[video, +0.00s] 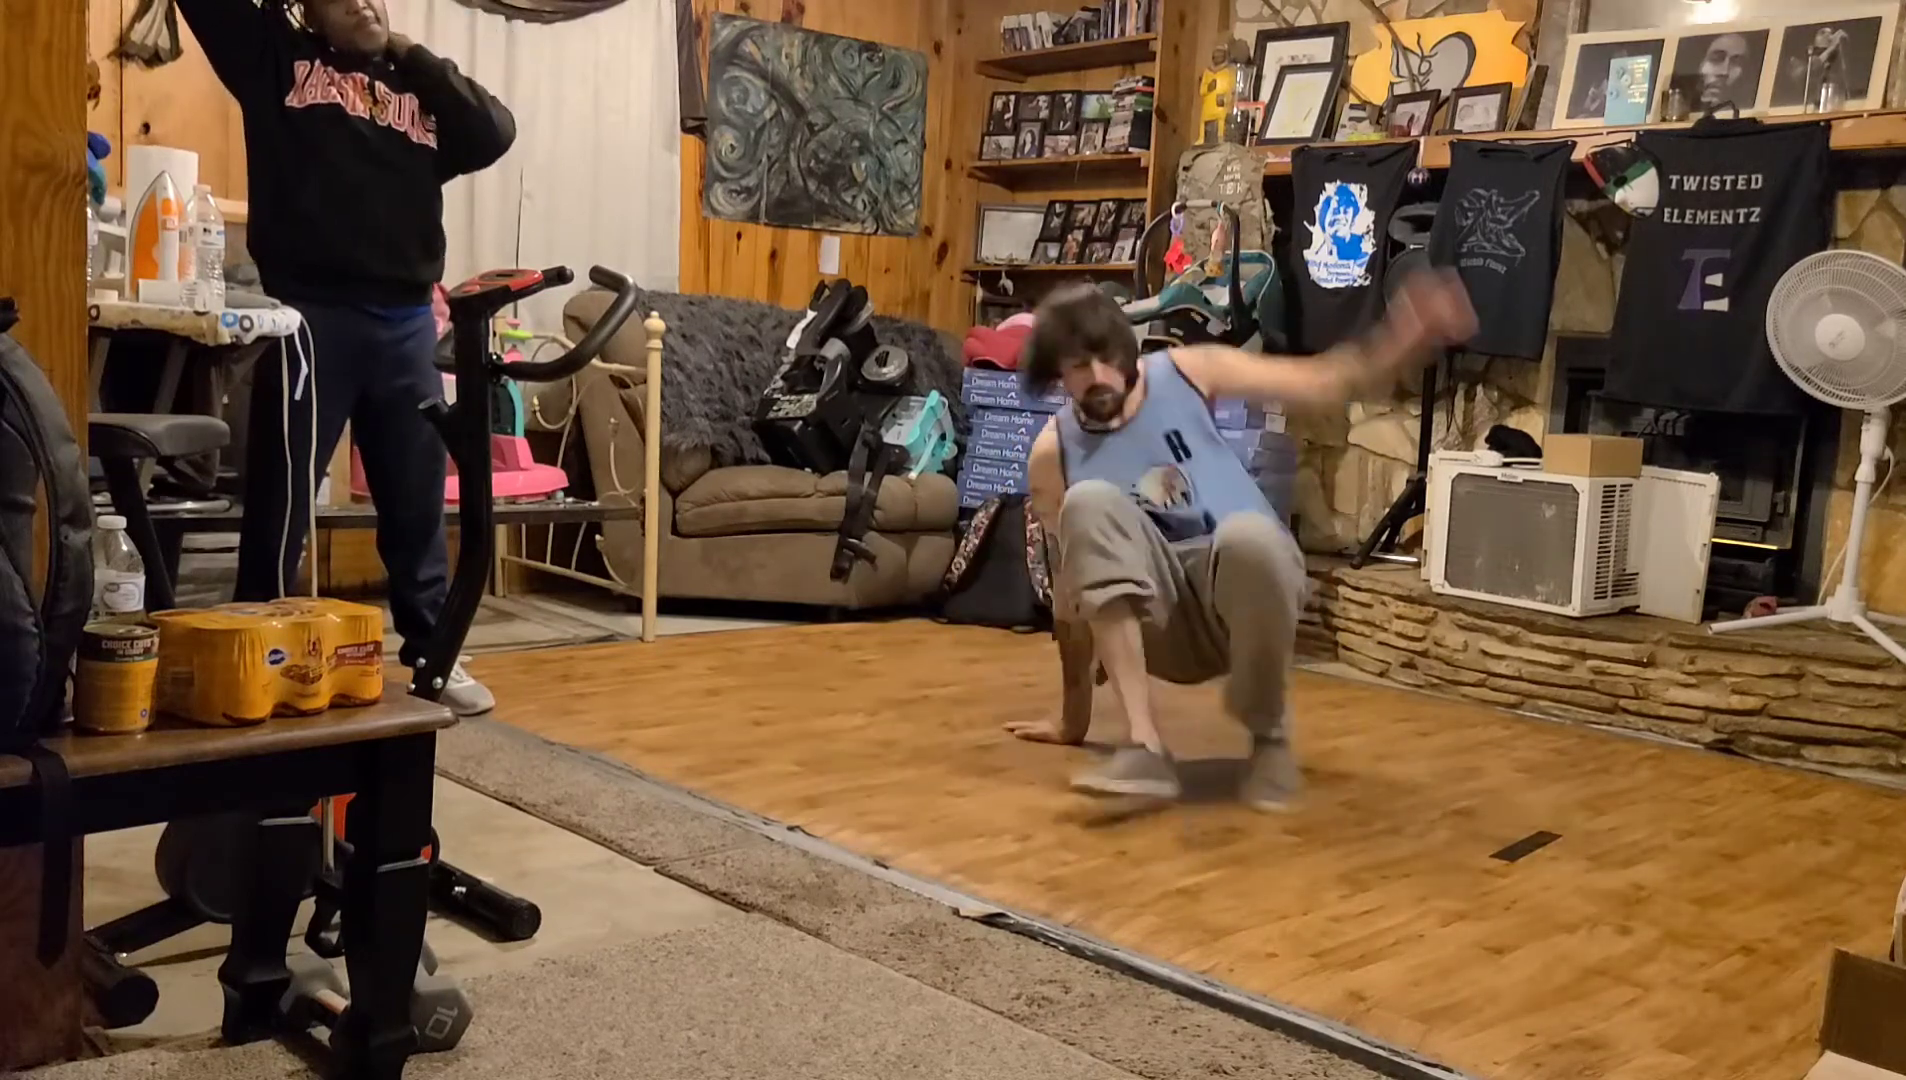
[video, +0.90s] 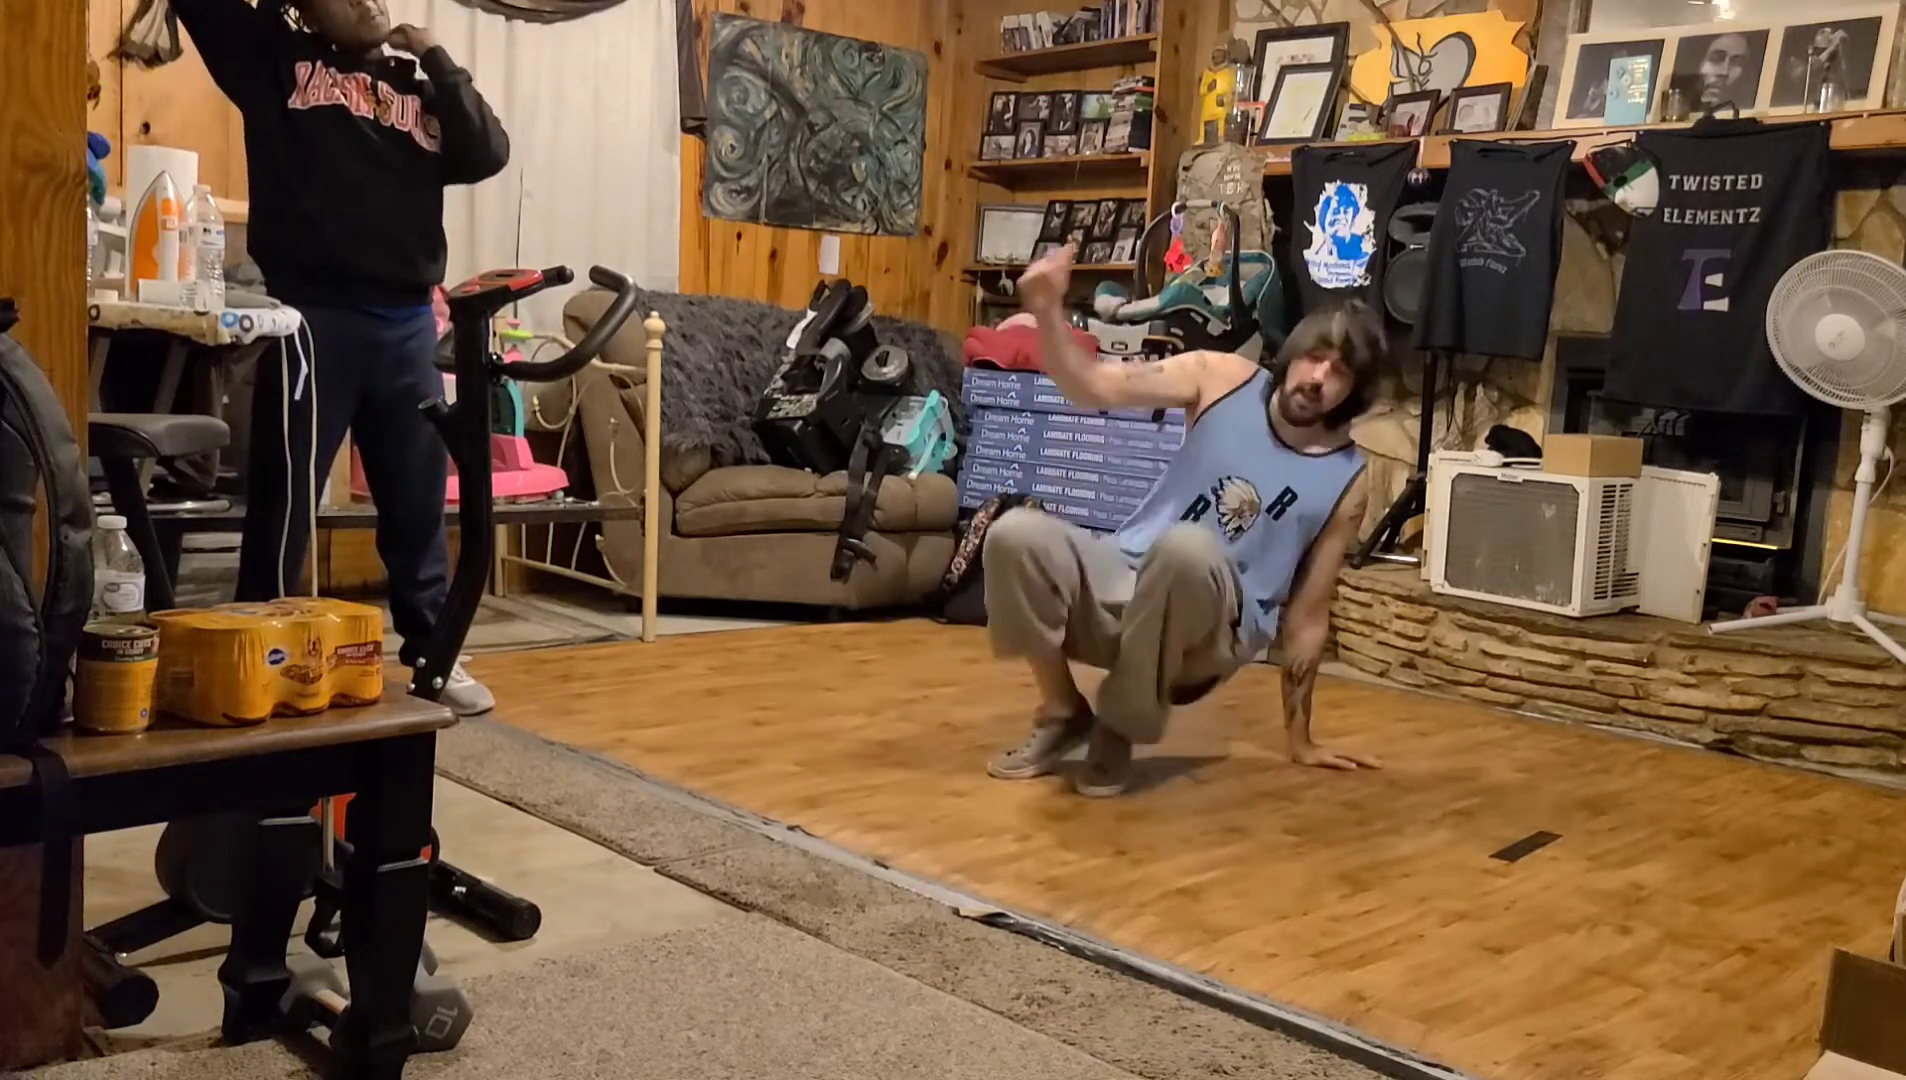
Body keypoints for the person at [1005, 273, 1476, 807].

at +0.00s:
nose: (1097, 377)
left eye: (1106, 356)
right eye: (1077, 366)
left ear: (1127, 348)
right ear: (1056, 373)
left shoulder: (1190, 370)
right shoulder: (1051, 454)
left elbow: (1322, 379)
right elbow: (1071, 599)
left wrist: (1399, 341)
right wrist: (1072, 727)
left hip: (1240, 597)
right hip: (1151, 623)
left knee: (1251, 538)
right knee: (1090, 503)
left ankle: (1271, 741)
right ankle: (1146, 747)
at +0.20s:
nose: (1083, 379)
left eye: (1094, 360)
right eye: (1063, 365)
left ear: (1114, 348)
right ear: (1039, 370)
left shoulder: (1171, 362)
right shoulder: (1036, 458)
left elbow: (1303, 346)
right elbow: (1063, 591)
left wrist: (1414, 285)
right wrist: (1075, 723)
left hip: (1229, 598)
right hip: (1144, 621)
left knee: (1251, 504)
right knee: (1098, 500)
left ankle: (1266, 753)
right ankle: (1128, 727)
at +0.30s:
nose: (1098, 384)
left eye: (1111, 365)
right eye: (1081, 367)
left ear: (1135, 362)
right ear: (1059, 371)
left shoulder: (1194, 396)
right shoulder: (1047, 456)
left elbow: (1310, 474)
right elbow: (1063, 586)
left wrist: (1422, 539)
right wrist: (1072, 721)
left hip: (1207, 614)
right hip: (1120, 617)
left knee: (1228, 566)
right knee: (1089, 560)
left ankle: (1185, 733)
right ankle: (1109, 723)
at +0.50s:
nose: (1288, 389)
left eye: (1309, 382)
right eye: (1282, 367)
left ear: (1325, 398)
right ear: (1258, 356)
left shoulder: (1316, 476)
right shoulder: (1186, 381)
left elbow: (1297, 613)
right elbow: (1075, 461)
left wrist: (1304, 743)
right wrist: (968, 545)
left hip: (1177, 619)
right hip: (1090, 578)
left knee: (1195, 516)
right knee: (1047, 504)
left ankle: (1128, 735)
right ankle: (1025, 714)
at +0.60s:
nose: (1314, 392)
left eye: (1336, 385)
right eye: (1311, 371)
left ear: (1359, 390)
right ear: (1295, 353)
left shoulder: (1340, 478)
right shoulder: (1228, 371)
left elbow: (1304, 613)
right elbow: (1106, 402)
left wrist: (1302, 739)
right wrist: (1002, 409)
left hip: (1204, 601)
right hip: (1123, 551)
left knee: (1201, 538)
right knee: (1033, 521)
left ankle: (1052, 745)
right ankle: (893, 742)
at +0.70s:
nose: (1329, 389)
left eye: (1351, 382)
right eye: (1325, 367)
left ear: (1370, 393)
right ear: (1307, 351)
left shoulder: (1351, 475)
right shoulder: (1243, 359)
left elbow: (1311, 611)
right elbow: (1113, 355)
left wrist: (1301, 741)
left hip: (1214, 603)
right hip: (1130, 548)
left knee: (1186, 525)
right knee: (1038, 505)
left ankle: (1068, 769)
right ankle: (933, 734)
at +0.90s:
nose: (1319, 377)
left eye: (1340, 372)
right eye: (1314, 357)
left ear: (1354, 391)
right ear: (1291, 353)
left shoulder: (1346, 479)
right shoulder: (1219, 375)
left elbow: (1306, 615)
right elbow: (1096, 386)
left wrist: (1300, 741)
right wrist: (1047, 312)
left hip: (1211, 629)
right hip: (1118, 578)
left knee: (1187, 548)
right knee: (1016, 536)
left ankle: (1115, 729)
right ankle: (1062, 710)